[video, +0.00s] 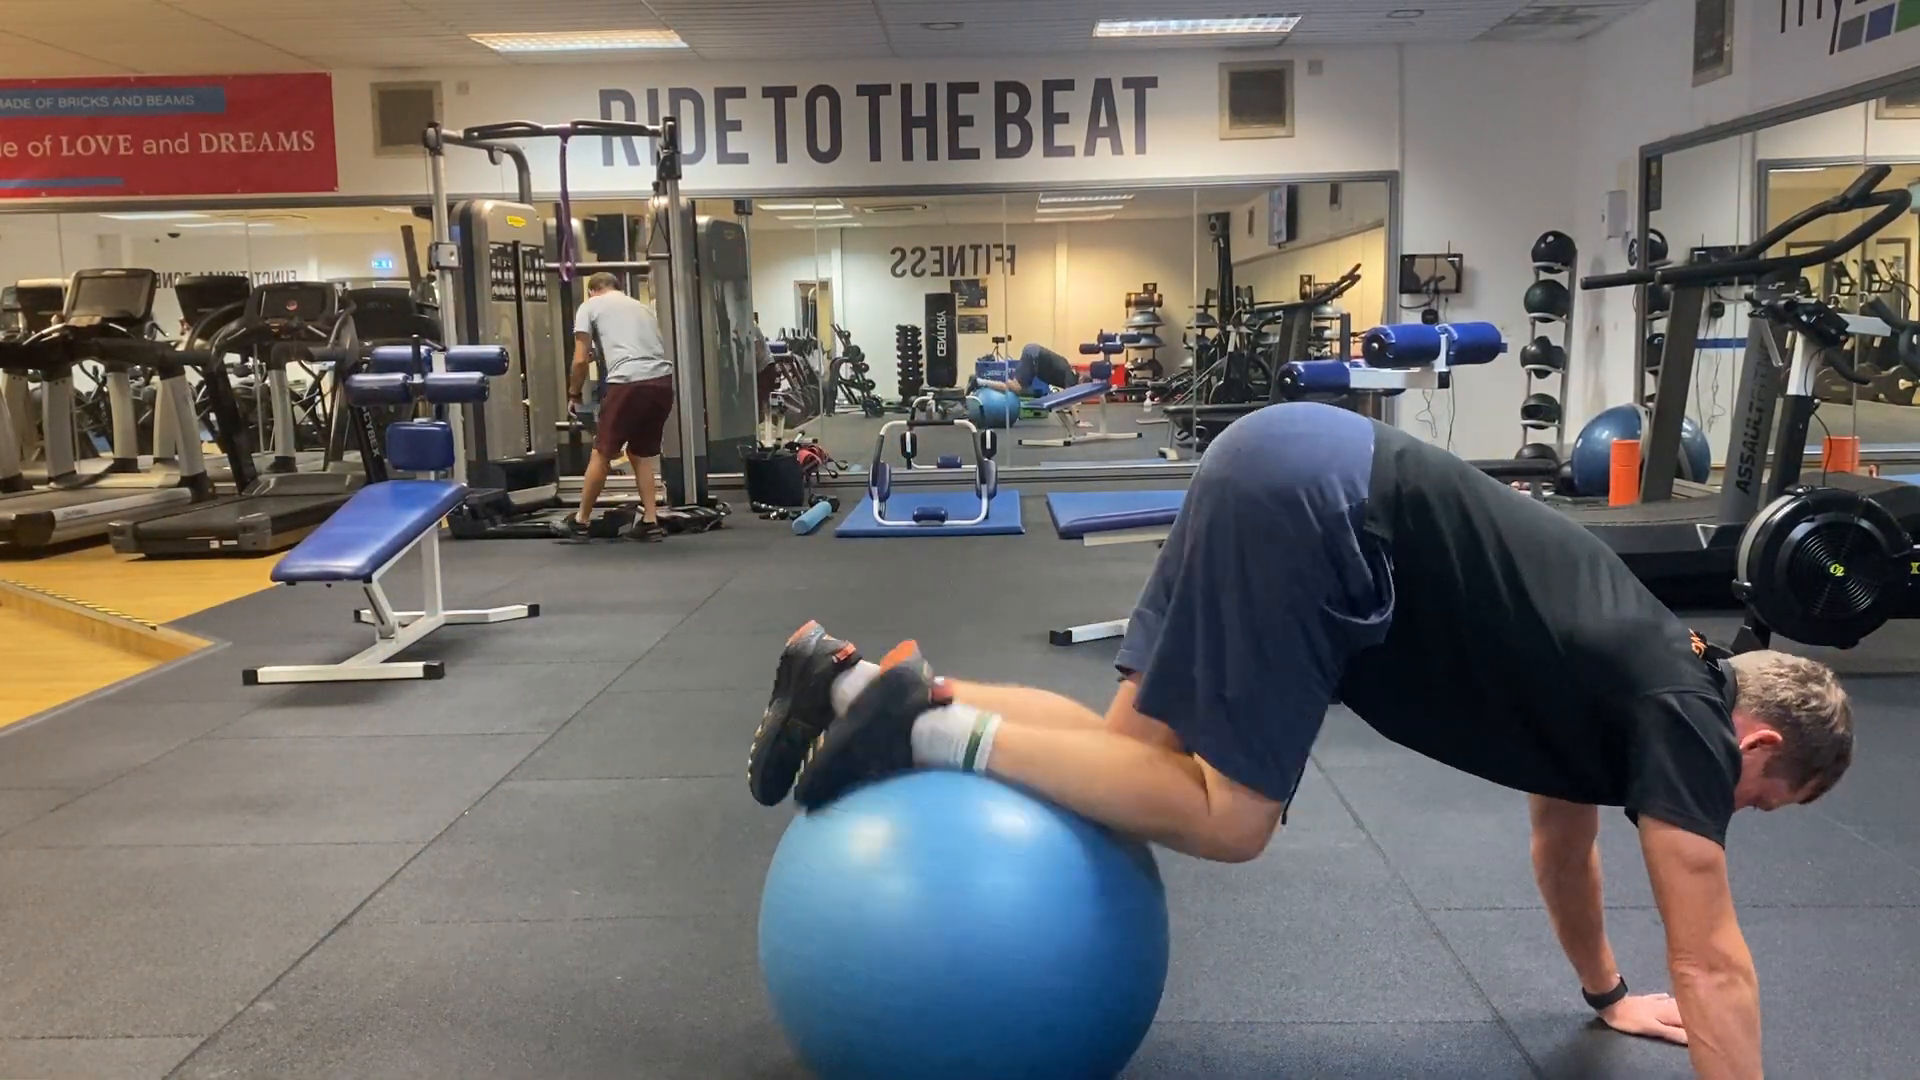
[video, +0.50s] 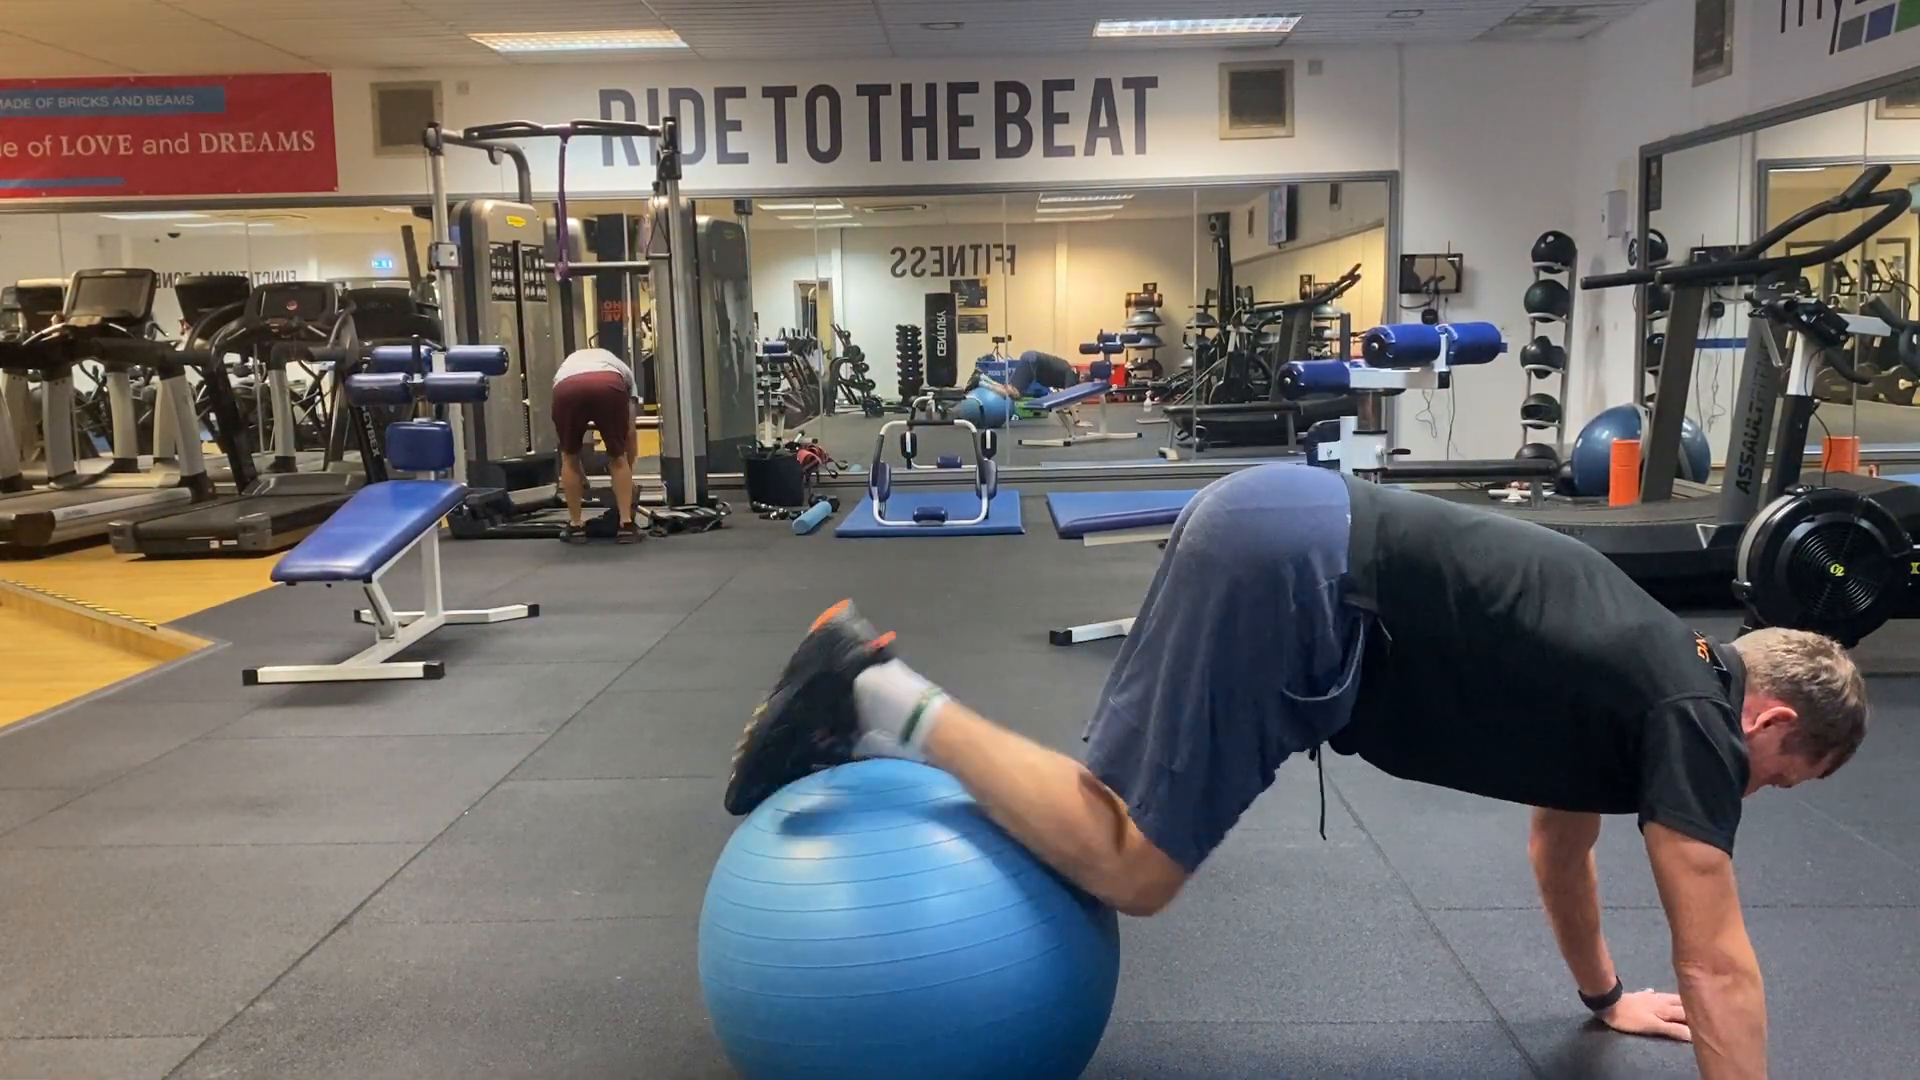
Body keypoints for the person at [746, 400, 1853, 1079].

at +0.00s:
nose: (1750, 816)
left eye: (1768, 806)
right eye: (1767, 796)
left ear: (1732, 681)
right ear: (1759, 746)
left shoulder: (1611, 652)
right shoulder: (1680, 705)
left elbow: (1563, 839)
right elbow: (1711, 969)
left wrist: (1609, 994)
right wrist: (1750, 1077)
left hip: (1283, 447)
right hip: (1319, 485)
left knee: (1135, 745)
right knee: (1229, 813)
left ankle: (862, 678)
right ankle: (931, 723)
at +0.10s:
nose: (1762, 790)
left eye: (1781, 781)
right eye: (1779, 772)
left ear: (1740, 668)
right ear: (1766, 720)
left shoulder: (1620, 646)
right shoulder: (1691, 705)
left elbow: (1565, 839)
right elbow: (1715, 964)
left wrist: (1607, 991)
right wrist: (1741, 1078)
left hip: (1280, 460)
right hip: (1312, 513)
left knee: (1126, 743)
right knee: (1191, 826)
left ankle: (885, 670)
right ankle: (904, 733)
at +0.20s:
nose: (1777, 779)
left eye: (1794, 767)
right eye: (1793, 760)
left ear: (1748, 666)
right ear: (1770, 708)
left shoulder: (1627, 640)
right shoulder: (1694, 705)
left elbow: (1571, 838)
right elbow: (1719, 967)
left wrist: (1608, 993)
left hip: (1279, 475)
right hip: (1307, 537)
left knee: (1126, 750)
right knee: (1149, 820)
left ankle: (892, 654)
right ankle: (864, 730)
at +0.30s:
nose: (1777, 784)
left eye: (1793, 770)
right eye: (1794, 764)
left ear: (1749, 672)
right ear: (1773, 709)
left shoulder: (1628, 648)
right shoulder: (1692, 704)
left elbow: (1564, 843)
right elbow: (1721, 972)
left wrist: (1608, 993)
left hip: (1310, 505)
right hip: (1309, 542)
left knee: (1136, 799)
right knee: (1114, 818)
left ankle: (874, 684)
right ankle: (825, 728)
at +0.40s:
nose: (1776, 790)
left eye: (1793, 775)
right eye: (1797, 770)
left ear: (1753, 673)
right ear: (1782, 715)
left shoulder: (1627, 657)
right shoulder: (1699, 709)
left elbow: (1558, 849)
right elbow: (1722, 972)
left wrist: (1608, 993)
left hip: (1292, 513)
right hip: (1307, 559)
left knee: (1105, 799)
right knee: (1105, 836)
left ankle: (869, 684)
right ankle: (821, 733)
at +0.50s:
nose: (1770, 788)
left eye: (1787, 776)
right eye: (1789, 771)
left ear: (1747, 674)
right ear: (1775, 718)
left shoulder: (1626, 649)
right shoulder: (1692, 710)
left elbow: (1561, 847)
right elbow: (1717, 974)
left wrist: (1609, 1000)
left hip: (1285, 509)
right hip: (1301, 556)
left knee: (1114, 816)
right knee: (1135, 871)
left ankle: (868, 685)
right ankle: (875, 689)